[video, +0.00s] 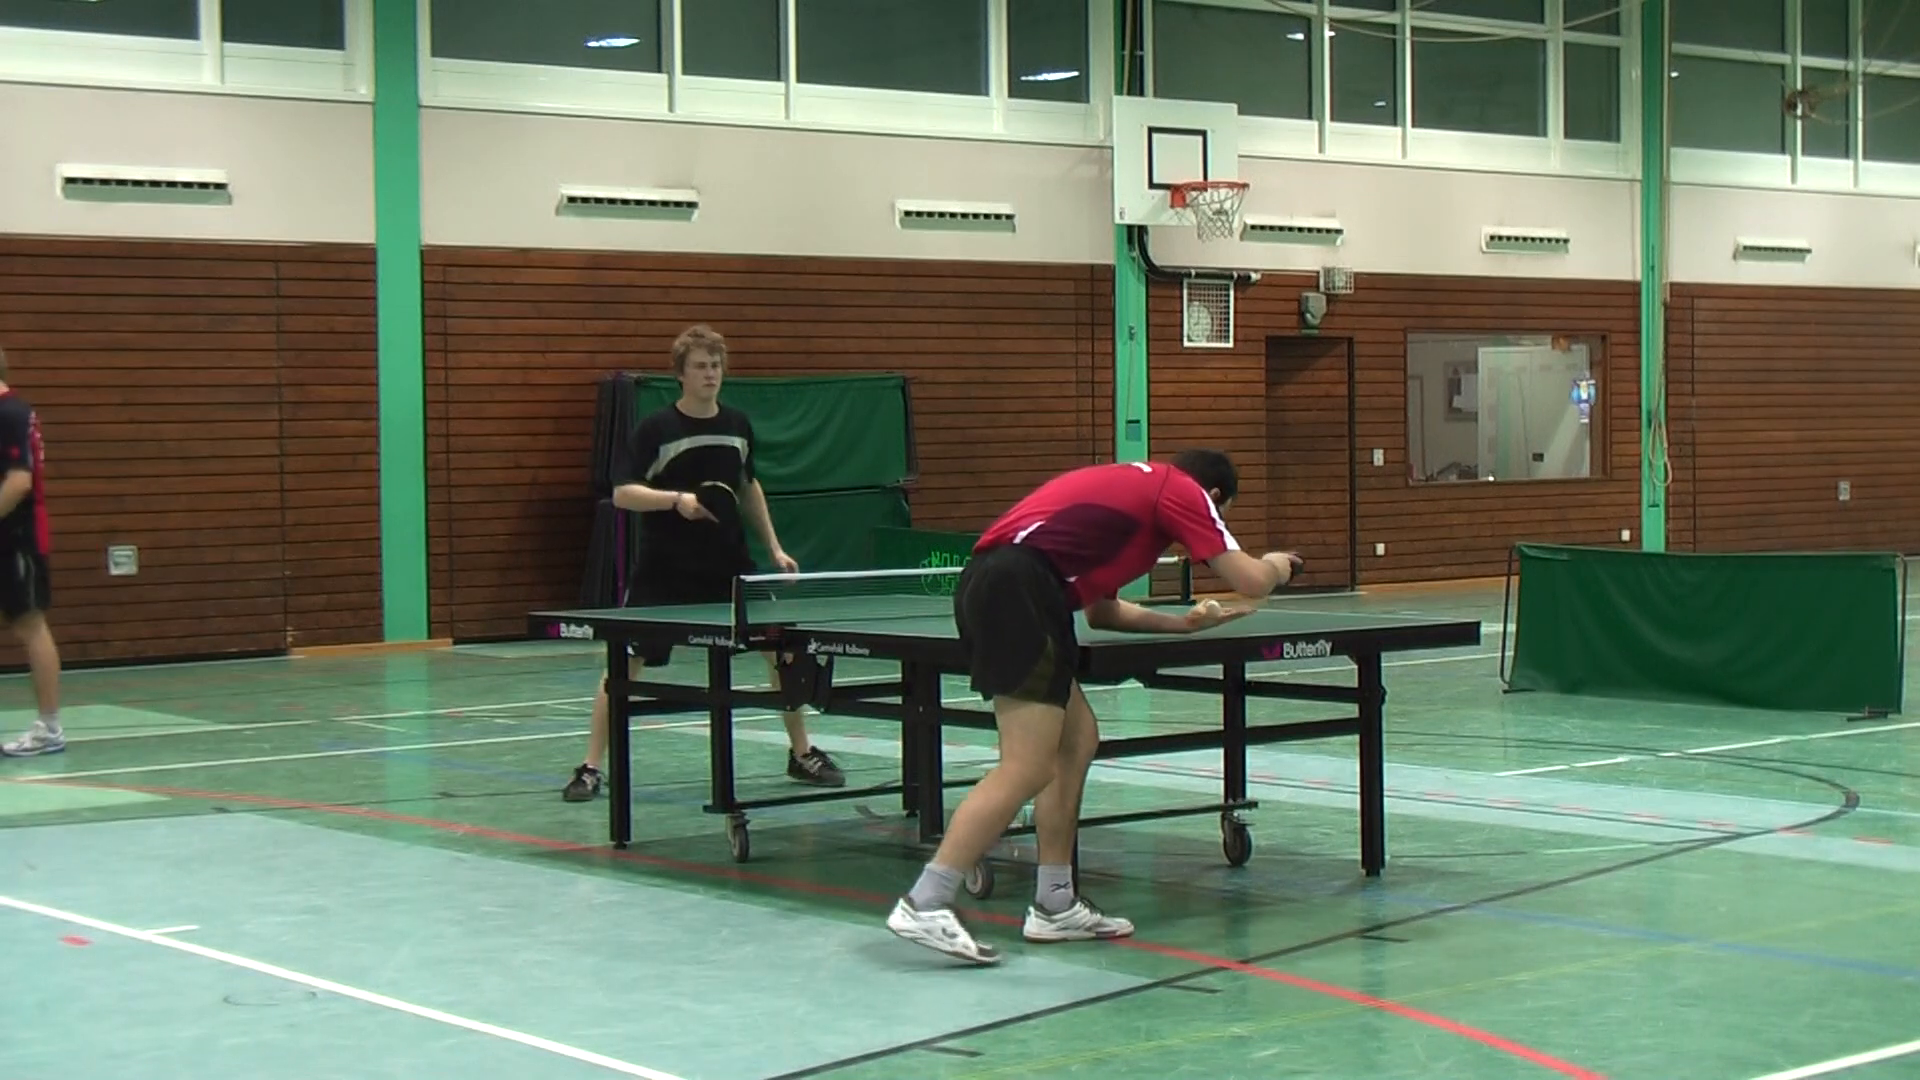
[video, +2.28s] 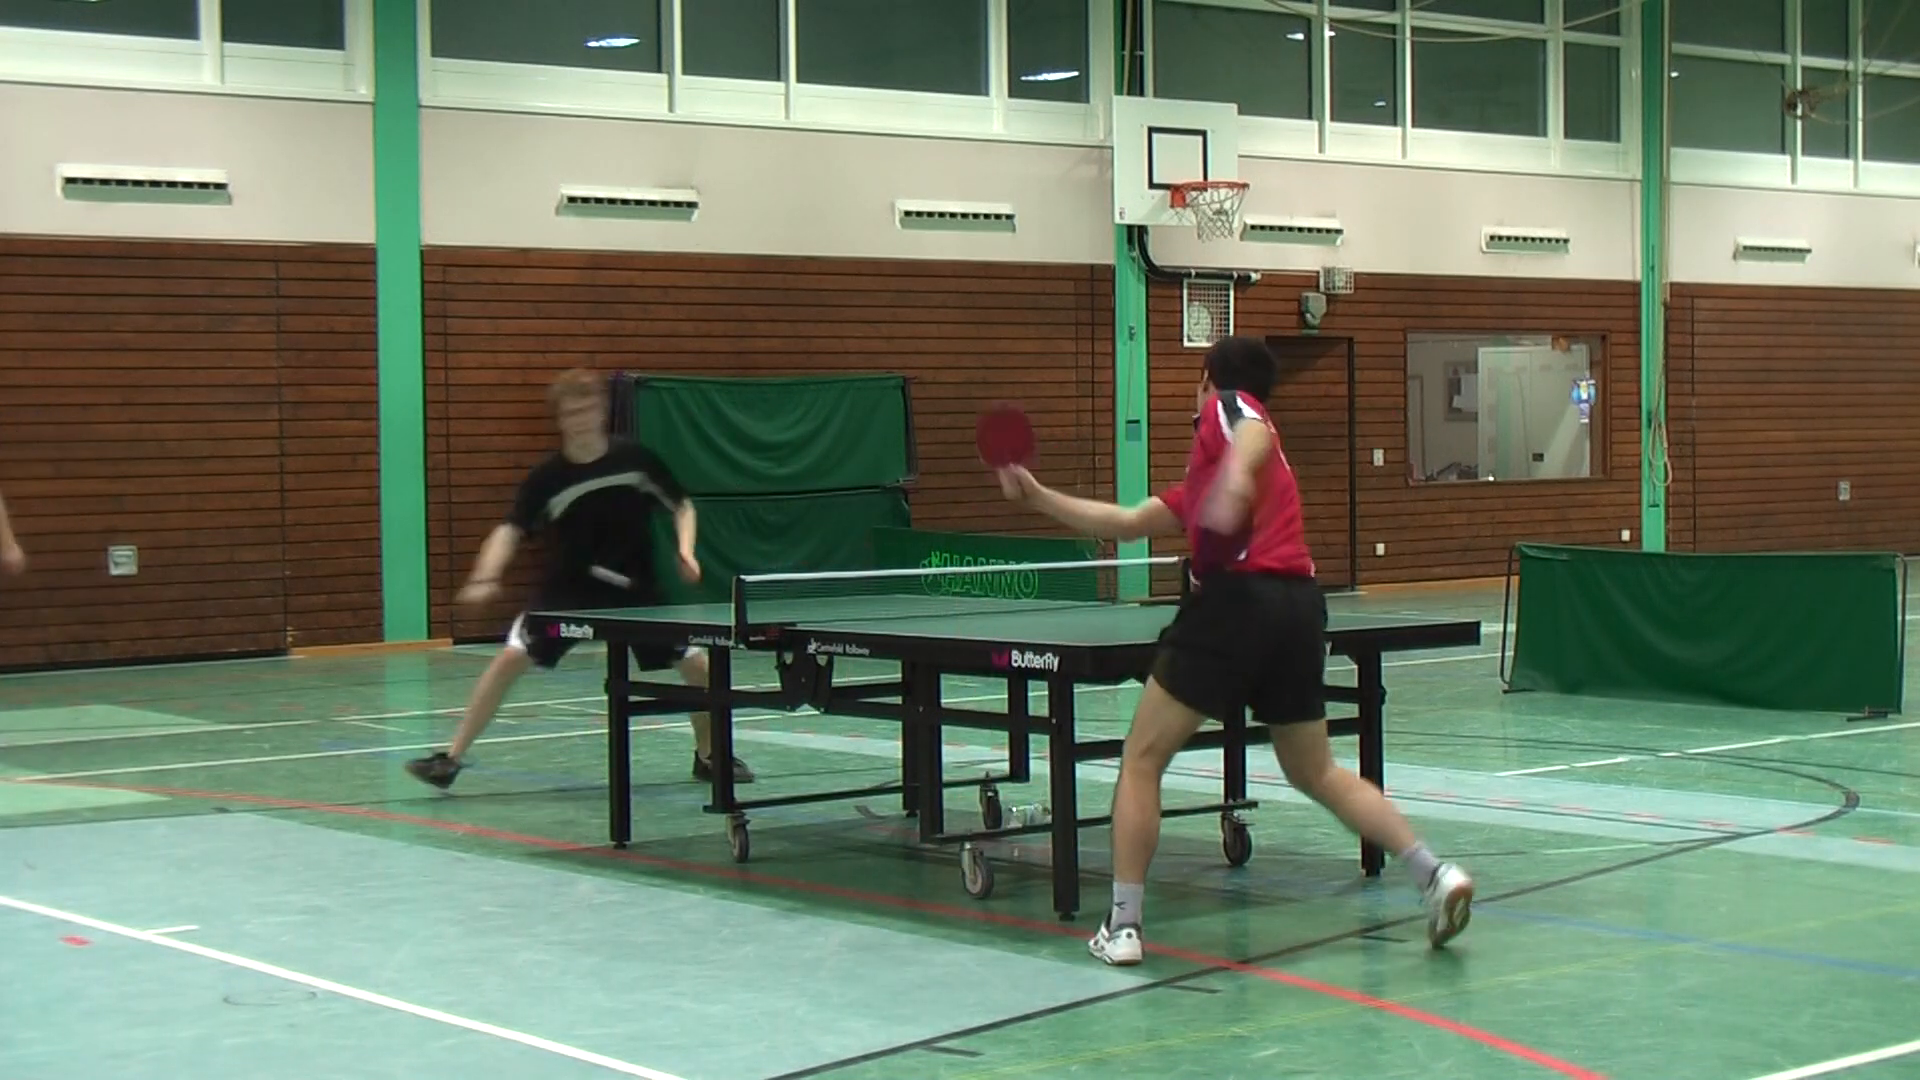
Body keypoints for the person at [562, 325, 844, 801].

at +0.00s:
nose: (710, 374)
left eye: (716, 366)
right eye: (701, 367)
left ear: (723, 371)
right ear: (680, 372)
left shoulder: (737, 424)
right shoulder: (655, 429)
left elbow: (748, 486)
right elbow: (622, 493)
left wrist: (774, 547)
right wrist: (674, 498)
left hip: (730, 570)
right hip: (664, 573)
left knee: (782, 644)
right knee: (624, 665)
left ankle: (802, 752)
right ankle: (592, 766)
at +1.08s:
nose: (746, 403)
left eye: (753, 395)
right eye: (736, 395)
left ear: (762, 399)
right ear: (717, 399)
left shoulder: (774, 449)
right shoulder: (689, 450)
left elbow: (809, 500)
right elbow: (639, 504)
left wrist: (811, 523)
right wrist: (682, 531)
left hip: (755, 582)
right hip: (692, 582)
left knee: (809, 656)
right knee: (652, 662)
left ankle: (826, 757)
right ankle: (611, 764)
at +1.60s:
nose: (751, 430)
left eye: (756, 421)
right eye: (742, 422)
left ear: (762, 424)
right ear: (720, 424)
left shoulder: (767, 471)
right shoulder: (701, 462)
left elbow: (811, 496)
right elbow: (679, 464)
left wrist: (856, 525)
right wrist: (682, 459)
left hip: (747, 601)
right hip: (689, 602)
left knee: (823, 652)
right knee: (686, 674)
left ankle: (831, 757)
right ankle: (619, 769)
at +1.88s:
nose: (716, 384)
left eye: (722, 376)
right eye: (706, 377)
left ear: (729, 380)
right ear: (684, 382)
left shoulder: (741, 436)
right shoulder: (662, 434)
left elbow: (778, 480)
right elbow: (610, 485)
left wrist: (801, 525)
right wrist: (636, 475)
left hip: (722, 572)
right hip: (659, 571)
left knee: (768, 648)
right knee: (618, 655)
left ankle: (764, 753)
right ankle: (565, 753)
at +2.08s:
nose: (671, 378)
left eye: (676, 370)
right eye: (660, 370)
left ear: (683, 375)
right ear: (637, 376)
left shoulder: (694, 427)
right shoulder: (612, 428)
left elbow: (732, 476)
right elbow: (571, 487)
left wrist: (739, 509)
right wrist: (606, 501)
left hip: (674, 563)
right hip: (610, 566)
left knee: (723, 644)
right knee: (567, 643)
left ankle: (743, 748)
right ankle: (531, 756)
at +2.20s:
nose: (629, 397)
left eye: (634, 388)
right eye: (619, 390)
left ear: (642, 390)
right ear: (599, 396)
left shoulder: (665, 442)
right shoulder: (582, 449)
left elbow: (705, 490)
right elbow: (542, 510)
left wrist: (698, 523)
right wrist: (568, 545)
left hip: (652, 577)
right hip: (591, 577)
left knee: (703, 655)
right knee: (537, 646)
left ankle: (709, 751)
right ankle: (483, 749)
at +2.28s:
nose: (579, 419)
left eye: (587, 409)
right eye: (571, 412)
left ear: (603, 410)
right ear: (558, 418)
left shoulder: (634, 460)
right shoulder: (547, 477)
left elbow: (683, 505)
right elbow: (509, 529)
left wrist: (686, 548)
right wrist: (485, 578)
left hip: (635, 596)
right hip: (568, 595)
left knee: (699, 666)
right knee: (509, 659)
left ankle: (710, 756)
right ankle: (451, 759)